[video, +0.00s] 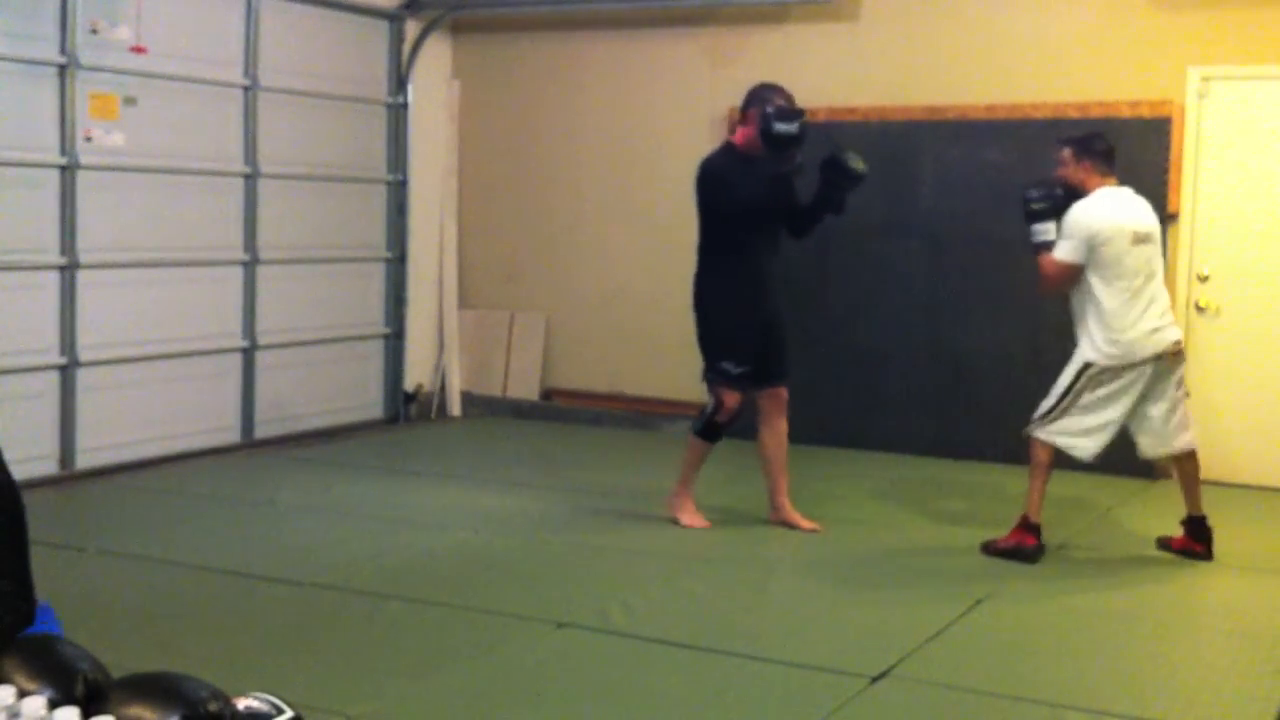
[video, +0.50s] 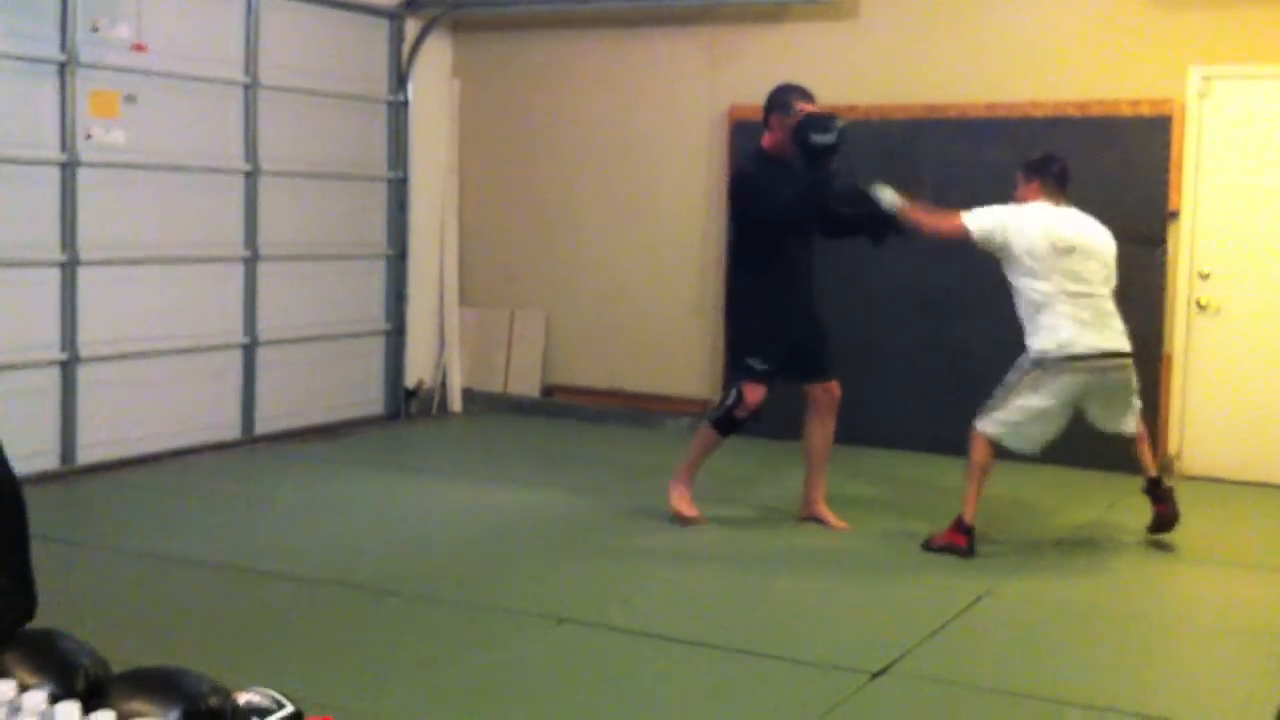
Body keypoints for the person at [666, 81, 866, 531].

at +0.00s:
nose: (777, 139)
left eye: (783, 130)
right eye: (771, 129)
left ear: (783, 127)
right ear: (749, 120)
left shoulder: (771, 168)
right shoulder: (717, 169)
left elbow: (797, 226)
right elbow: (744, 220)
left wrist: (832, 189)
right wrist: (777, 162)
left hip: (760, 291)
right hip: (720, 293)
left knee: (775, 396)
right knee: (728, 399)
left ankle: (780, 505)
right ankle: (681, 496)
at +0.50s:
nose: (809, 134)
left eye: (812, 125)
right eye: (801, 124)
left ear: (811, 125)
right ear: (774, 123)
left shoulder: (804, 169)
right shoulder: (752, 174)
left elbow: (826, 221)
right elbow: (786, 221)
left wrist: (877, 220)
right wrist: (818, 168)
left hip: (796, 298)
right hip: (754, 299)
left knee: (825, 392)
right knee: (748, 396)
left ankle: (814, 502)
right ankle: (682, 481)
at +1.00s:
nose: (751, 146)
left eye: (755, 138)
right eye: (743, 138)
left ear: (755, 139)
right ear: (719, 138)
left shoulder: (750, 183)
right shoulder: (701, 189)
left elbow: (772, 234)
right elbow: (744, 232)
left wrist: (815, 244)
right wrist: (762, 178)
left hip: (748, 309)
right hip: (706, 312)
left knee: (787, 399)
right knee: (696, 409)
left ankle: (799, 504)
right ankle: (650, 500)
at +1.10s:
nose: (749, 147)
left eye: (753, 138)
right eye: (741, 138)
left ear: (750, 139)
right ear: (716, 136)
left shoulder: (743, 182)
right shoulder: (696, 188)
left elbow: (764, 234)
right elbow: (742, 233)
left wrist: (808, 248)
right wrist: (758, 180)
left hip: (742, 310)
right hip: (699, 313)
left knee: (785, 398)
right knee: (690, 409)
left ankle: (797, 505)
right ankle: (646, 503)